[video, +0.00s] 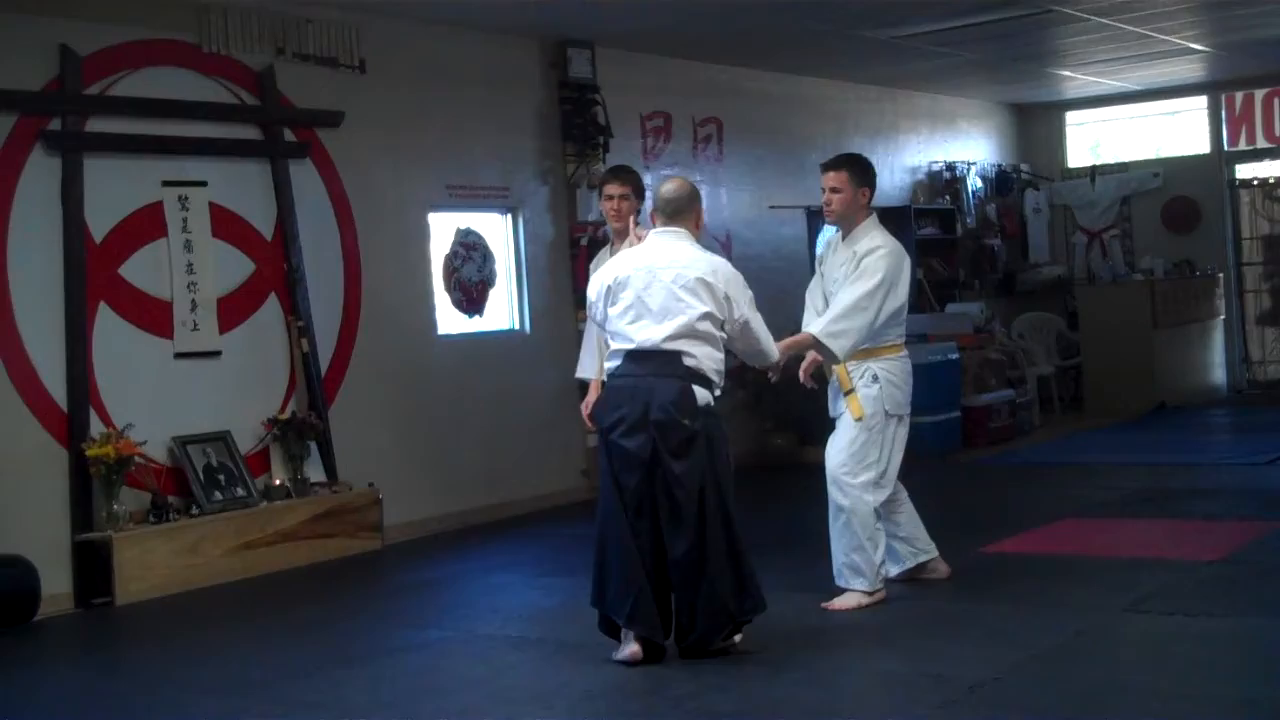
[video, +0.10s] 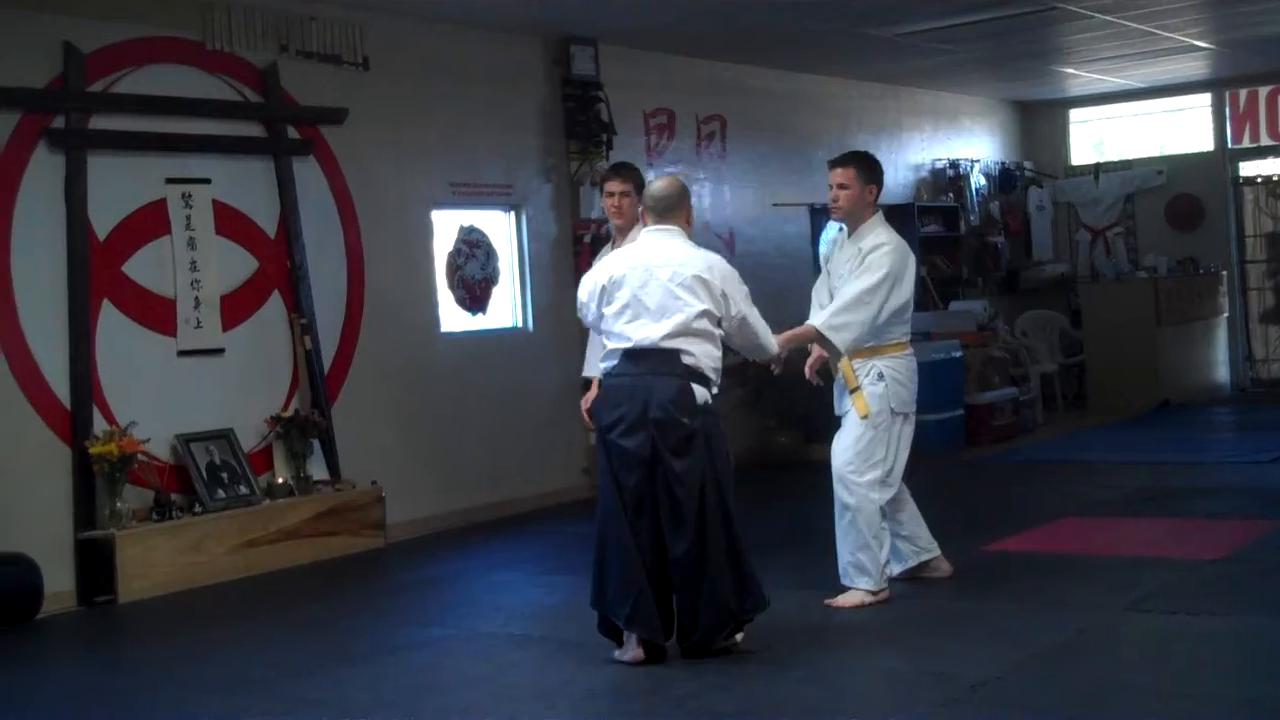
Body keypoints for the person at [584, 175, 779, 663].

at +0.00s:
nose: (704, 221)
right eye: (703, 215)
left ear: (652, 216)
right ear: (699, 218)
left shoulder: (613, 268)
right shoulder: (715, 270)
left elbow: (596, 324)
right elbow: (760, 350)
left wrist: (623, 255)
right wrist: (782, 351)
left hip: (620, 391)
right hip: (685, 391)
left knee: (628, 512)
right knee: (698, 509)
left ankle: (636, 633)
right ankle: (709, 628)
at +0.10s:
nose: (695, 218)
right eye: (693, 211)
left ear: (643, 213)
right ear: (688, 215)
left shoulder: (609, 265)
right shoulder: (711, 266)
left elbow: (586, 313)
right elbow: (751, 333)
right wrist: (772, 352)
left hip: (618, 390)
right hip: (682, 389)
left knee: (627, 513)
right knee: (698, 508)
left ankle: (636, 635)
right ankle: (711, 628)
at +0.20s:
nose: (684, 218)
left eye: (627, 209)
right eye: (682, 211)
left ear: (632, 215)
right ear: (676, 214)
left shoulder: (599, 268)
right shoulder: (703, 265)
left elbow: (579, 330)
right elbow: (749, 335)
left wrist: (611, 357)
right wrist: (770, 346)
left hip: (614, 393)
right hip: (679, 390)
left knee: (624, 515)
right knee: (694, 509)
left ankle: (635, 638)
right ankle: (707, 630)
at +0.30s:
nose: (674, 216)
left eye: (615, 208)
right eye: (672, 209)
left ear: (621, 215)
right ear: (667, 213)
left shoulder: (591, 271)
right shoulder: (697, 264)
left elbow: (573, 351)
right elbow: (749, 336)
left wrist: (586, 381)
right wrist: (768, 335)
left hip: (610, 397)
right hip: (677, 393)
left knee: (622, 516)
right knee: (692, 510)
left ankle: (637, 638)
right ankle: (706, 631)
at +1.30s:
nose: (695, 220)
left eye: (692, 213)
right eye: (693, 213)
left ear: (640, 217)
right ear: (685, 216)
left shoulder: (604, 269)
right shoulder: (710, 266)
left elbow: (600, 341)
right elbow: (758, 343)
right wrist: (768, 360)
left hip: (624, 399)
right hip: (689, 398)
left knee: (628, 518)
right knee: (727, 507)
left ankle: (635, 639)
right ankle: (770, 616)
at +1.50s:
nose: (747, 221)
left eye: (743, 213)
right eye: (745, 214)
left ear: (695, 220)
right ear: (738, 218)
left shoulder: (663, 266)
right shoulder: (759, 274)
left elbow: (634, 321)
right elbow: (810, 351)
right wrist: (812, 375)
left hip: (665, 400)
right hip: (730, 403)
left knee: (661, 519)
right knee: (760, 516)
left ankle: (643, 637)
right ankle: (808, 623)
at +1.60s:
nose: (780, 222)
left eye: (777, 215)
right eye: (778, 215)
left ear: (728, 219)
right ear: (769, 219)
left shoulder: (694, 265)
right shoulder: (789, 275)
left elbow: (688, 324)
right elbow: (837, 346)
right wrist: (853, 379)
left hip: (682, 393)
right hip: (747, 398)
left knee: (675, 515)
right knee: (774, 514)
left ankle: (649, 629)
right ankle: (799, 623)